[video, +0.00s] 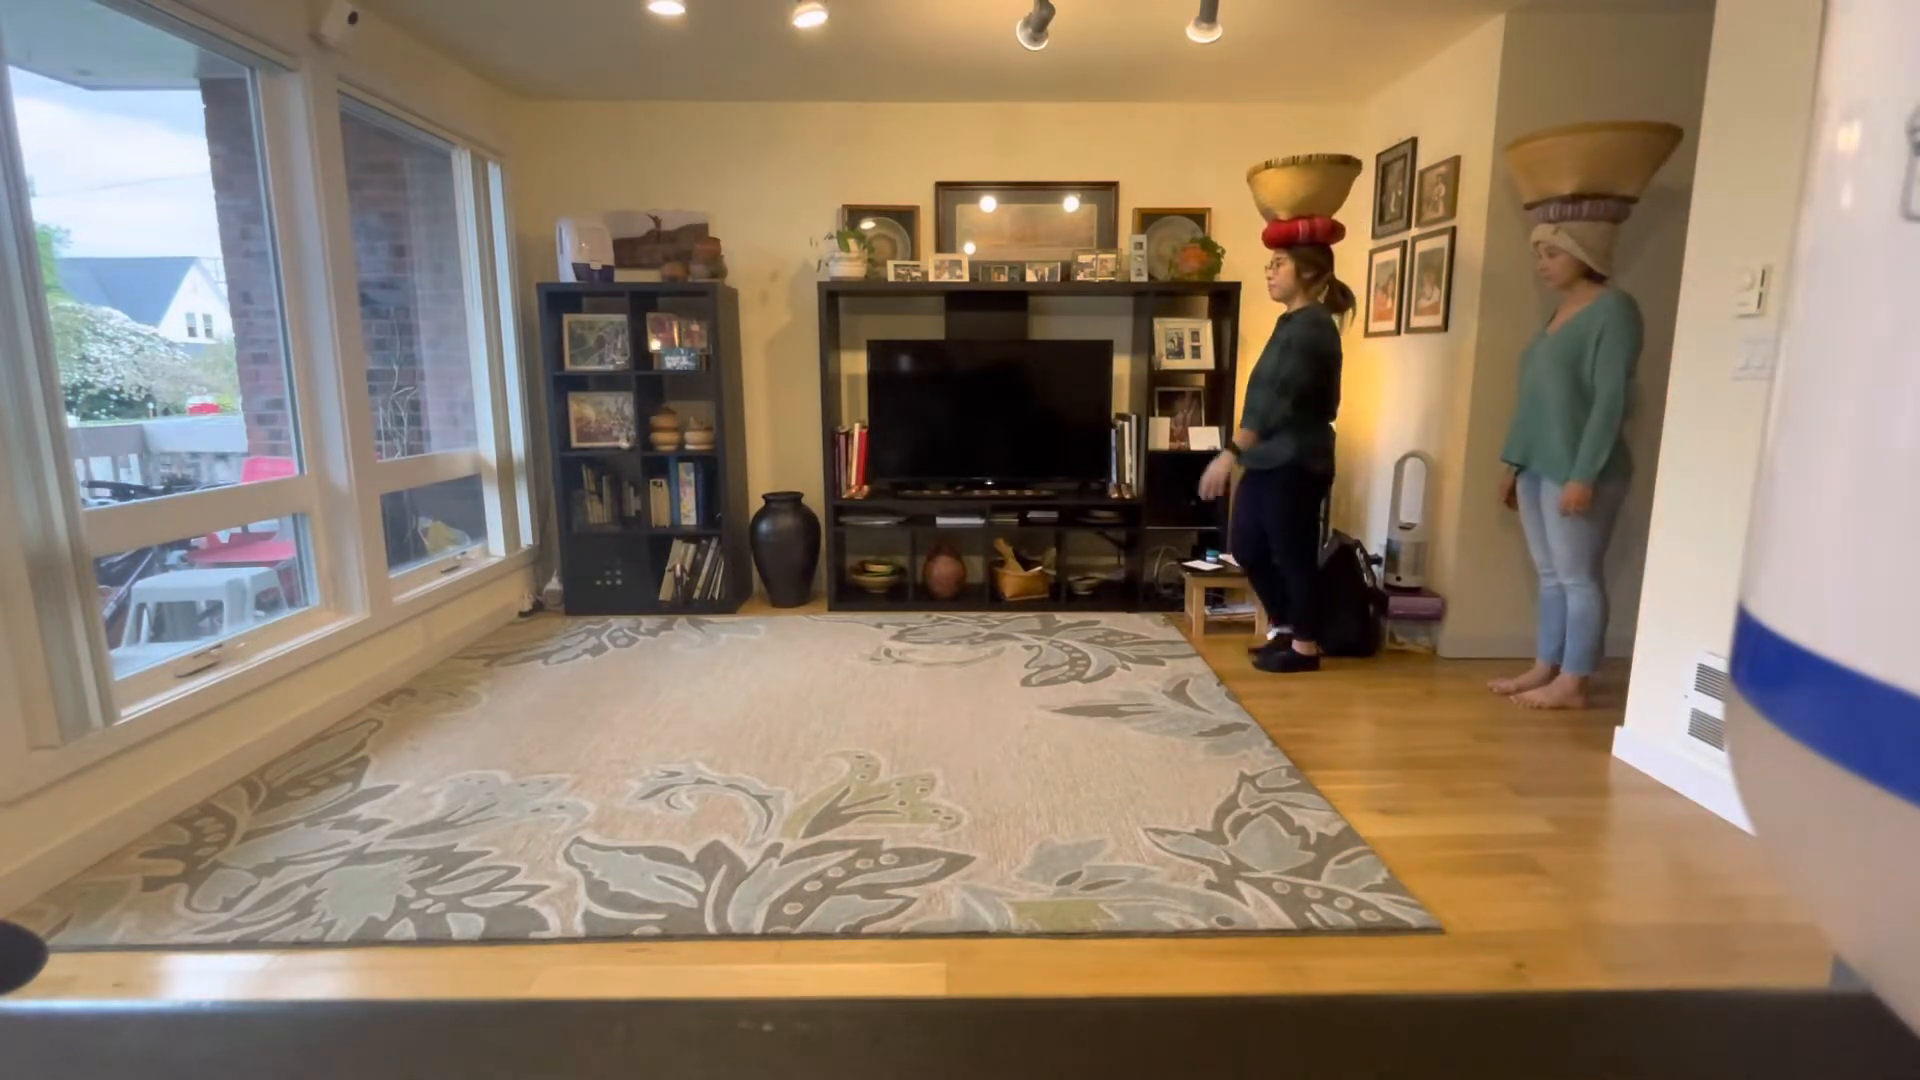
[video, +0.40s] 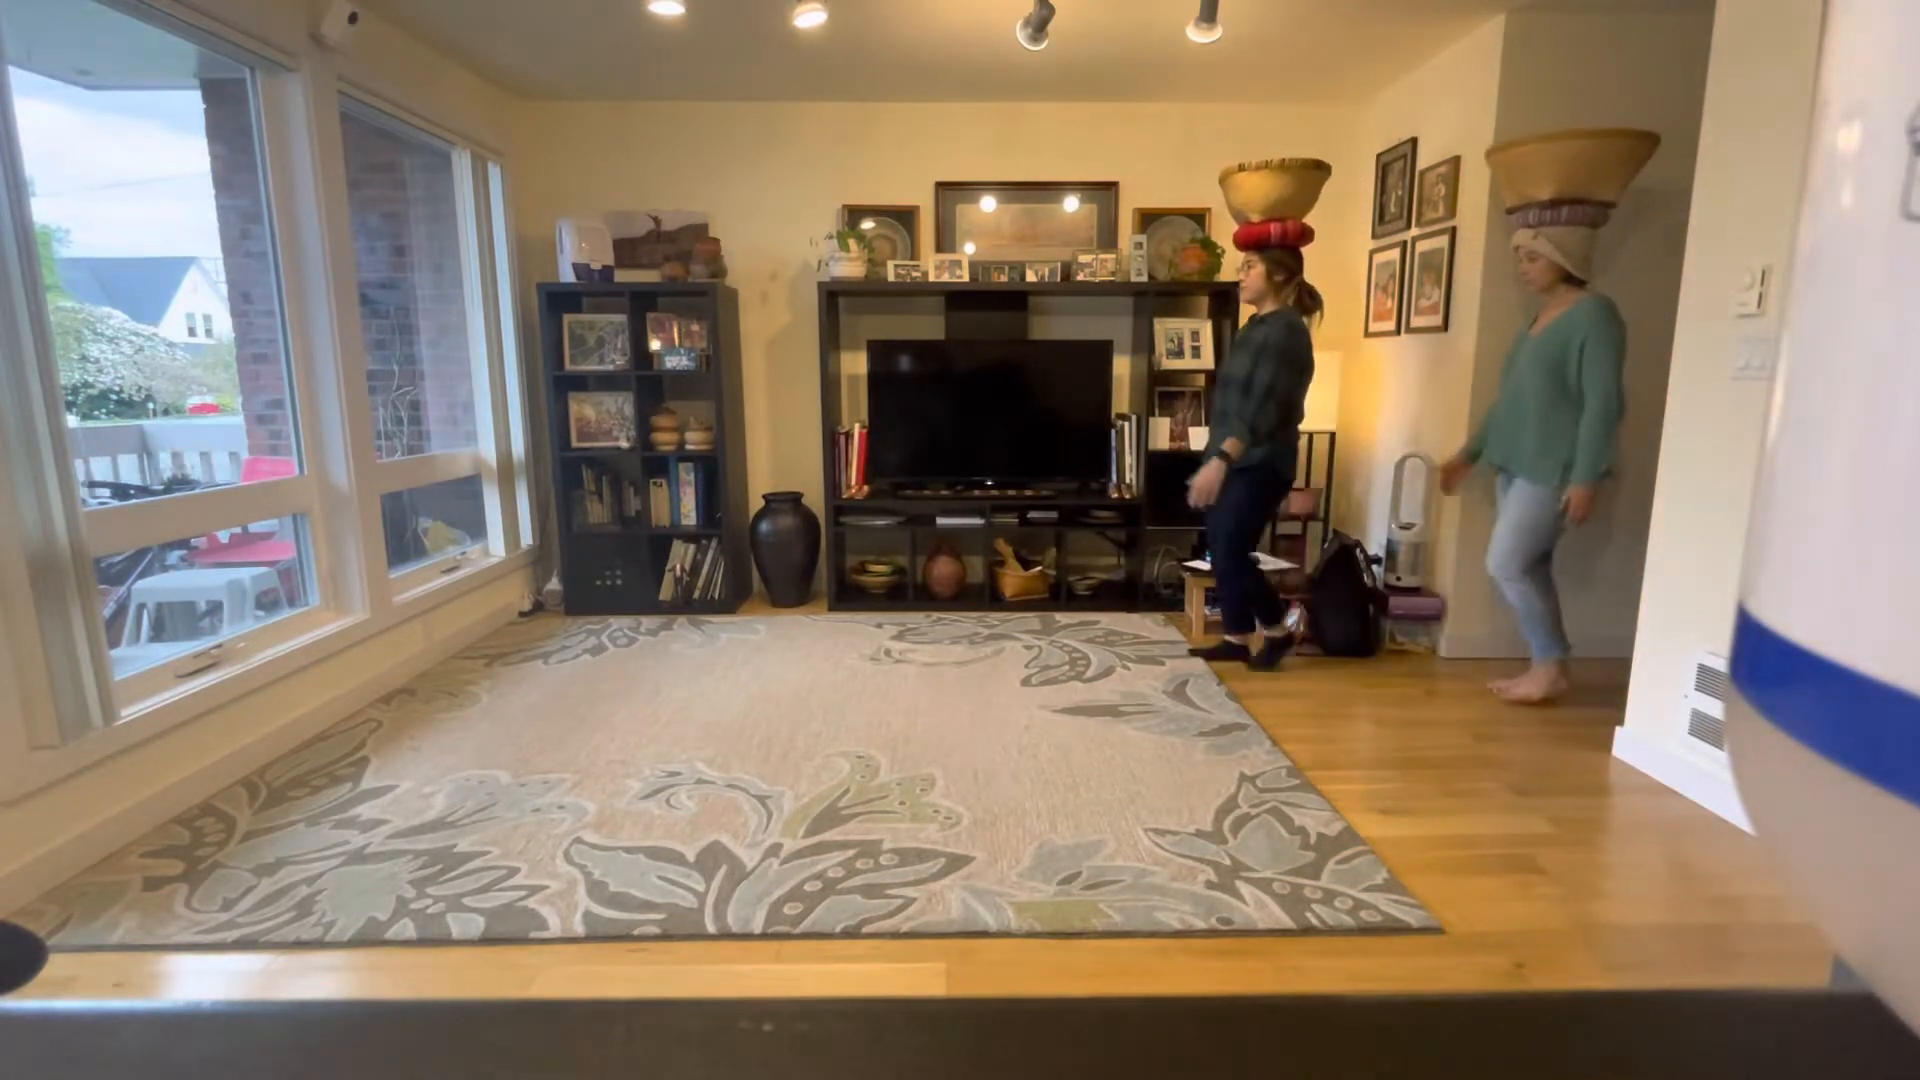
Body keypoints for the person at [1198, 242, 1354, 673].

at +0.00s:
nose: (1269, 273)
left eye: (1278, 265)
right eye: (1270, 265)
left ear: (1308, 274)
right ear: (1302, 275)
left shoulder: (1309, 327)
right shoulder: (1292, 324)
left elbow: (1277, 403)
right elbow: (1275, 403)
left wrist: (1230, 453)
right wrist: (1244, 454)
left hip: (1297, 460)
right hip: (1271, 459)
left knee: (1291, 550)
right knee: (1251, 547)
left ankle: (1305, 645)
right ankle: (1287, 629)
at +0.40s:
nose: (1240, 276)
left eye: (1249, 268)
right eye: (1243, 268)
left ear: (1277, 276)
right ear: (1268, 276)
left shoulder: (1284, 330)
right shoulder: (1255, 328)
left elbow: (1263, 407)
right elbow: (1241, 401)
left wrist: (1221, 459)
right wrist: (1215, 458)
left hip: (1264, 460)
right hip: (1241, 457)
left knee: (1231, 543)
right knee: (1224, 544)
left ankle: (1276, 628)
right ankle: (1237, 636)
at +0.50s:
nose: (1230, 277)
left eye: (1240, 268)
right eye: (1232, 268)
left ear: (1268, 275)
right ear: (1254, 274)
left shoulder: (1280, 332)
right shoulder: (1244, 328)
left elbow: (1270, 409)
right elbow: (1226, 402)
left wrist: (1251, 472)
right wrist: (1202, 456)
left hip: (1251, 460)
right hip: (1225, 457)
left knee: (1213, 542)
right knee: (1216, 545)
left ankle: (1229, 636)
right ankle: (1230, 634)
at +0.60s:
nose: (1225, 276)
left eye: (1235, 268)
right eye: (1227, 268)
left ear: (1263, 276)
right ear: (1253, 276)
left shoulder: (1275, 332)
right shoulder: (1235, 329)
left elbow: (1277, 407)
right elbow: (1212, 398)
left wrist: (1272, 475)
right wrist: (1179, 448)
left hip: (1243, 459)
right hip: (1215, 456)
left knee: (1201, 541)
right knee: (1219, 547)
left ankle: (1176, 633)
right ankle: (1238, 636)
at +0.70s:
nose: (1213, 276)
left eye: (1222, 268)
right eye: (1215, 268)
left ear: (1250, 275)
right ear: (1237, 274)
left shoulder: (1264, 330)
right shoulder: (1221, 331)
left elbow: (1282, 401)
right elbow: (1189, 393)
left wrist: (1292, 470)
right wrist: (1138, 435)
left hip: (1235, 461)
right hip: (1207, 458)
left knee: (1185, 535)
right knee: (1219, 548)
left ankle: (1136, 627)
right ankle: (1238, 637)